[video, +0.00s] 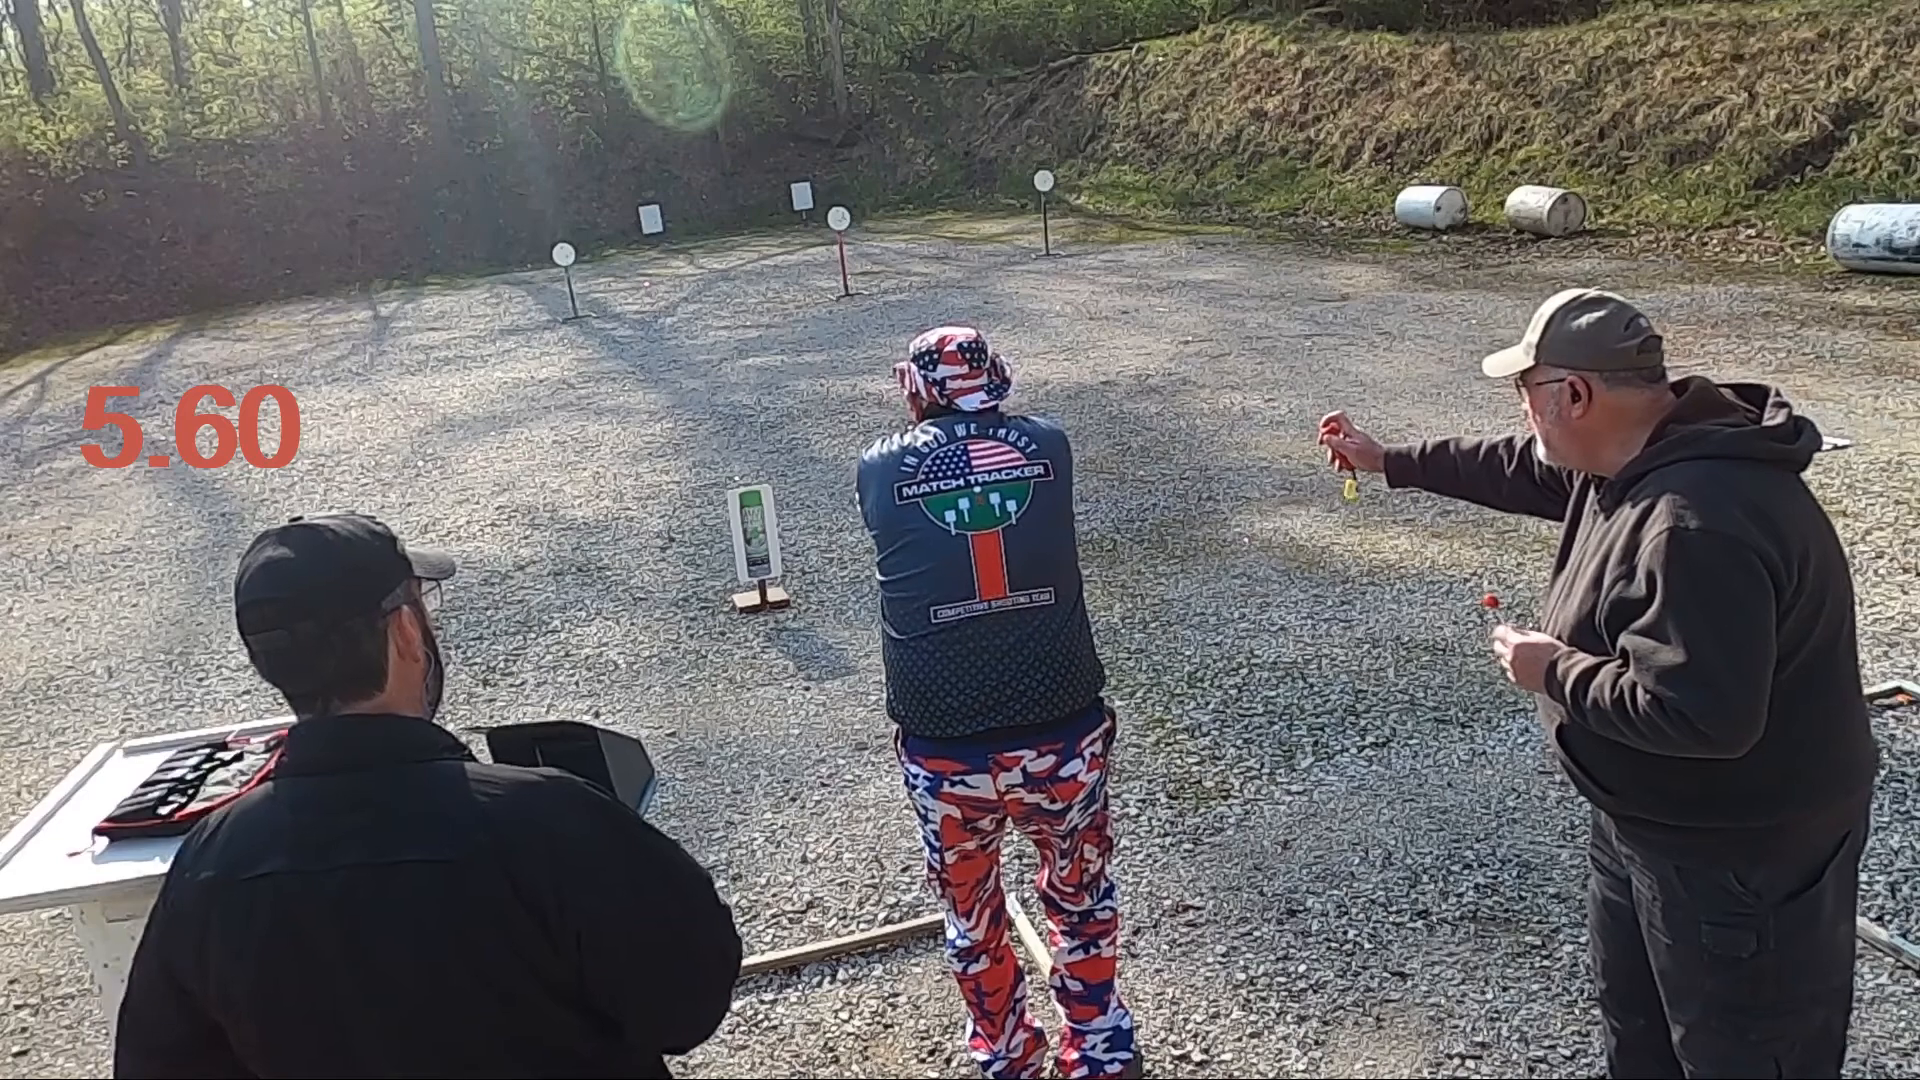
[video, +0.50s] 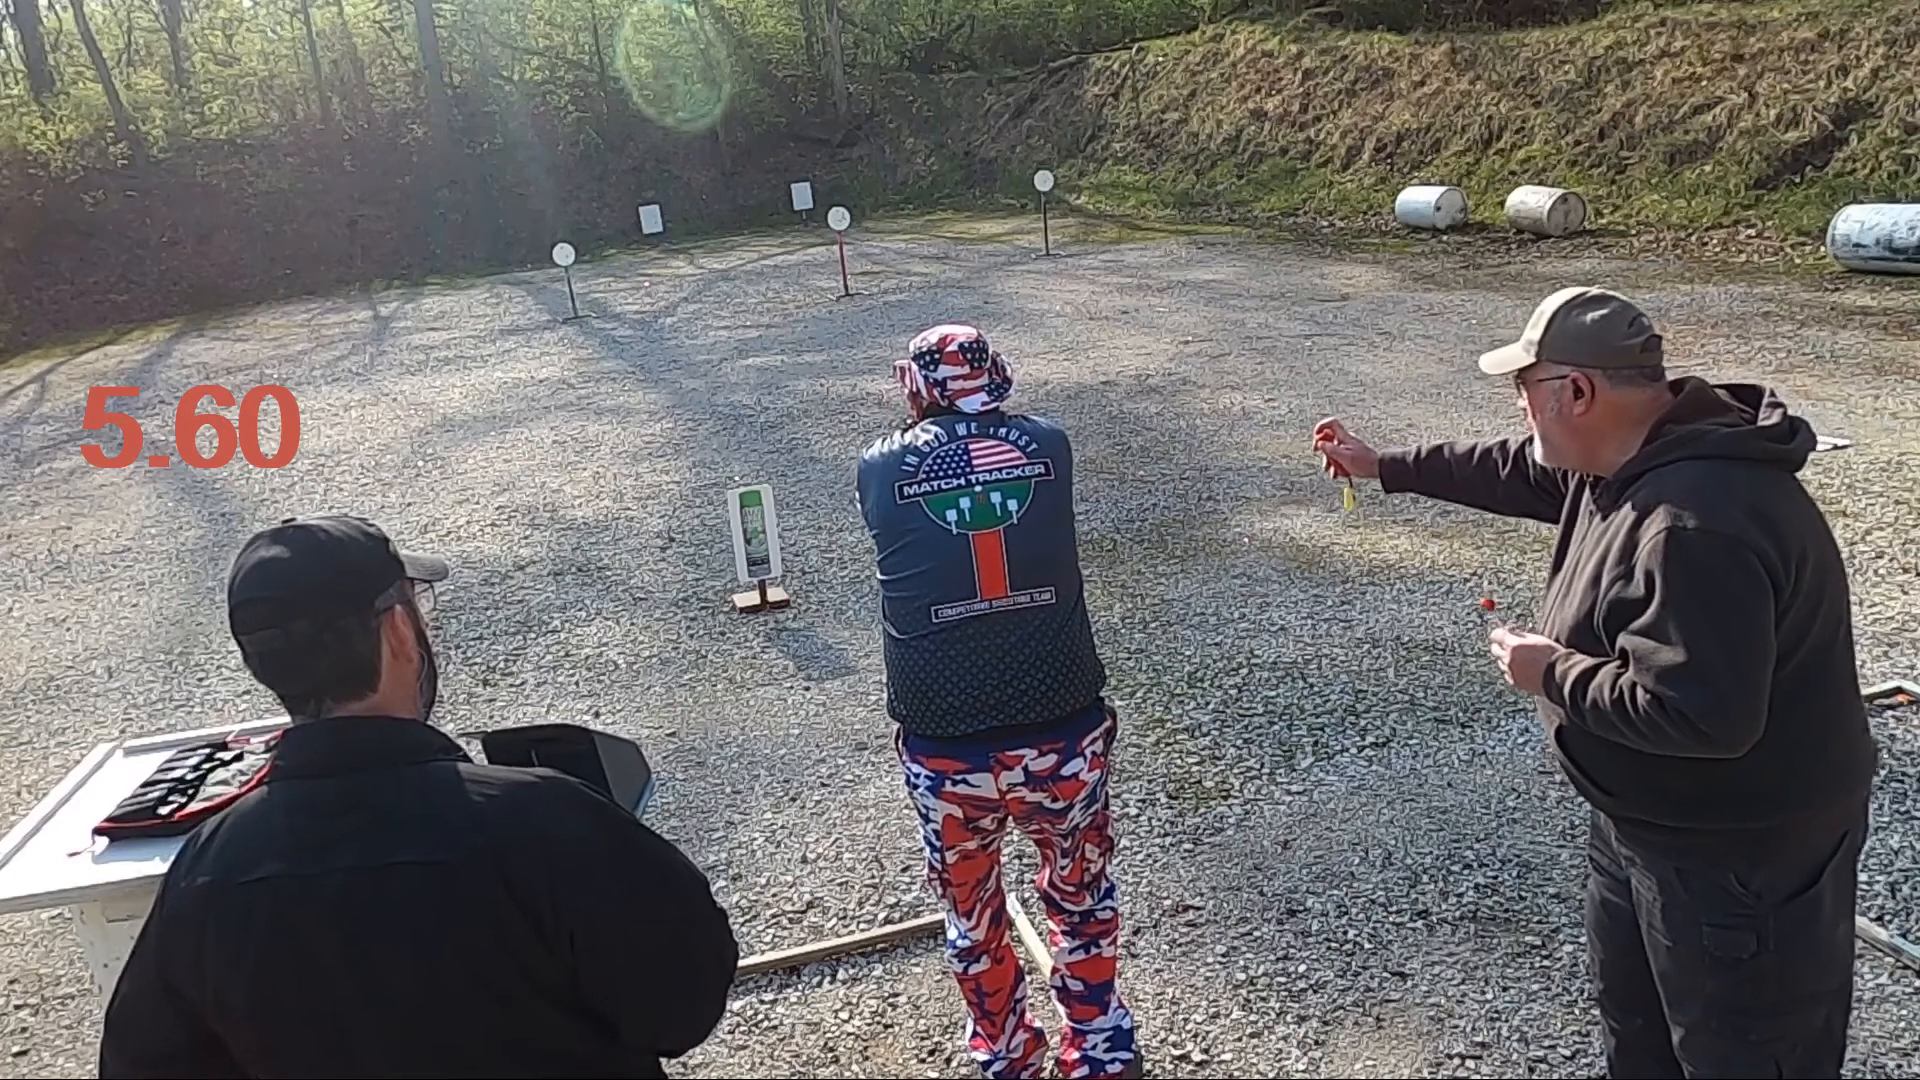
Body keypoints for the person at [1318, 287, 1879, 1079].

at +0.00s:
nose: (1524, 409)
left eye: (1528, 391)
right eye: (1523, 391)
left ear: (1577, 398)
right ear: (1587, 396)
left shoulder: (1697, 526)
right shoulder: (1625, 463)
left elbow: (1707, 716)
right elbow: (1516, 467)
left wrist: (1553, 670)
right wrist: (1388, 460)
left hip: (1738, 856)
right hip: (1640, 823)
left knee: (1746, 1061)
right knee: (1641, 1038)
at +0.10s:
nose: (1525, 409)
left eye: (1528, 391)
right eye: (1523, 391)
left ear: (1577, 398)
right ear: (1587, 396)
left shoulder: (1698, 526)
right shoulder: (1626, 462)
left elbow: (1709, 717)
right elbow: (1516, 467)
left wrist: (1554, 669)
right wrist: (1387, 461)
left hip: (1739, 859)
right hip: (1642, 824)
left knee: (1746, 1061)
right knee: (1642, 1038)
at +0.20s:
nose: (1526, 410)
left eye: (1529, 392)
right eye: (1524, 391)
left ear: (1579, 398)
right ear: (1588, 396)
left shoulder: (1699, 526)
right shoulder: (1626, 463)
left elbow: (1710, 716)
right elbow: (1517, 468)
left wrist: (1554, 669)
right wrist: (1387, 462)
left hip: (1739, 859)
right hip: (1641, 824)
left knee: (1746, 1061)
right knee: (1642, 1039)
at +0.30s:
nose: (1526, 410)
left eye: (1530, 392)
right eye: (1525, 391)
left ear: (1579, 398)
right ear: (1588, 396)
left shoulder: (1699, 526)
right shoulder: (1626, 464)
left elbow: (1711, 717)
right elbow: (1517, 468)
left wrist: (1555, 670)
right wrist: (1387, 462)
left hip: (1739, 859)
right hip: (1641, 825)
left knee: (1747, 1061)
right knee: (1642, 1040)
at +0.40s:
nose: (1525, 408)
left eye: (1528, 390)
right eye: (1524, 390)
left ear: (1578, 397)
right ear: (1587, 396)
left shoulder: (1699, 526)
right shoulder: (1625, 466)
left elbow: (1710, 717)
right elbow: (1516, 469)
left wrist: (1553, 670)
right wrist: (1387, 463)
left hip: (1739, 859)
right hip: (1640, 825)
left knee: (1746, 1061)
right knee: (1641, 1039)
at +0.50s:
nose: (1522, 405)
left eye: (1527, 388)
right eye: (1521, 387)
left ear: (1579, 394)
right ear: (1584, 393)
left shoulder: (1695, 526)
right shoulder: (1620, 463)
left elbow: (1708, 715)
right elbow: (1511, 470)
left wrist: (1552, 671)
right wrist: (1381, 465)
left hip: (1737, 858)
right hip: (1639, 824)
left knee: (1745, 1061)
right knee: (1640, 1039)